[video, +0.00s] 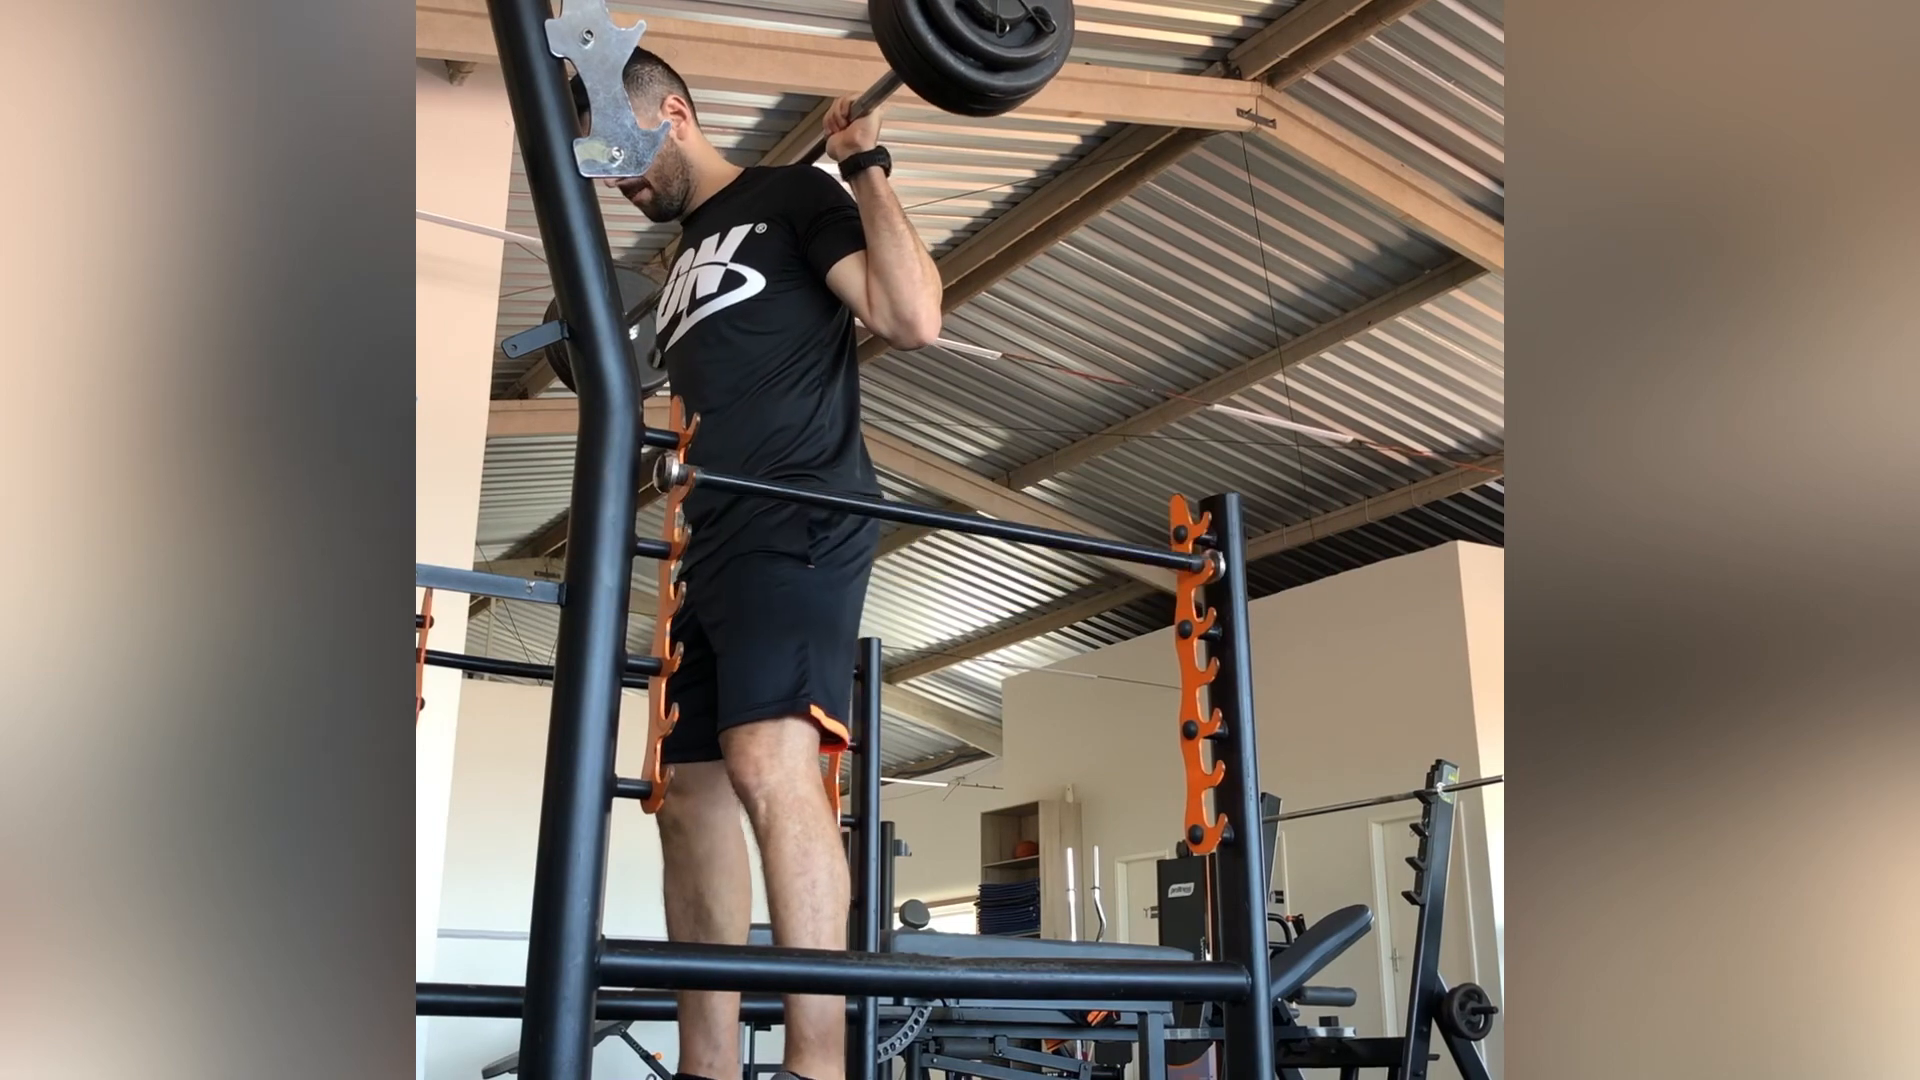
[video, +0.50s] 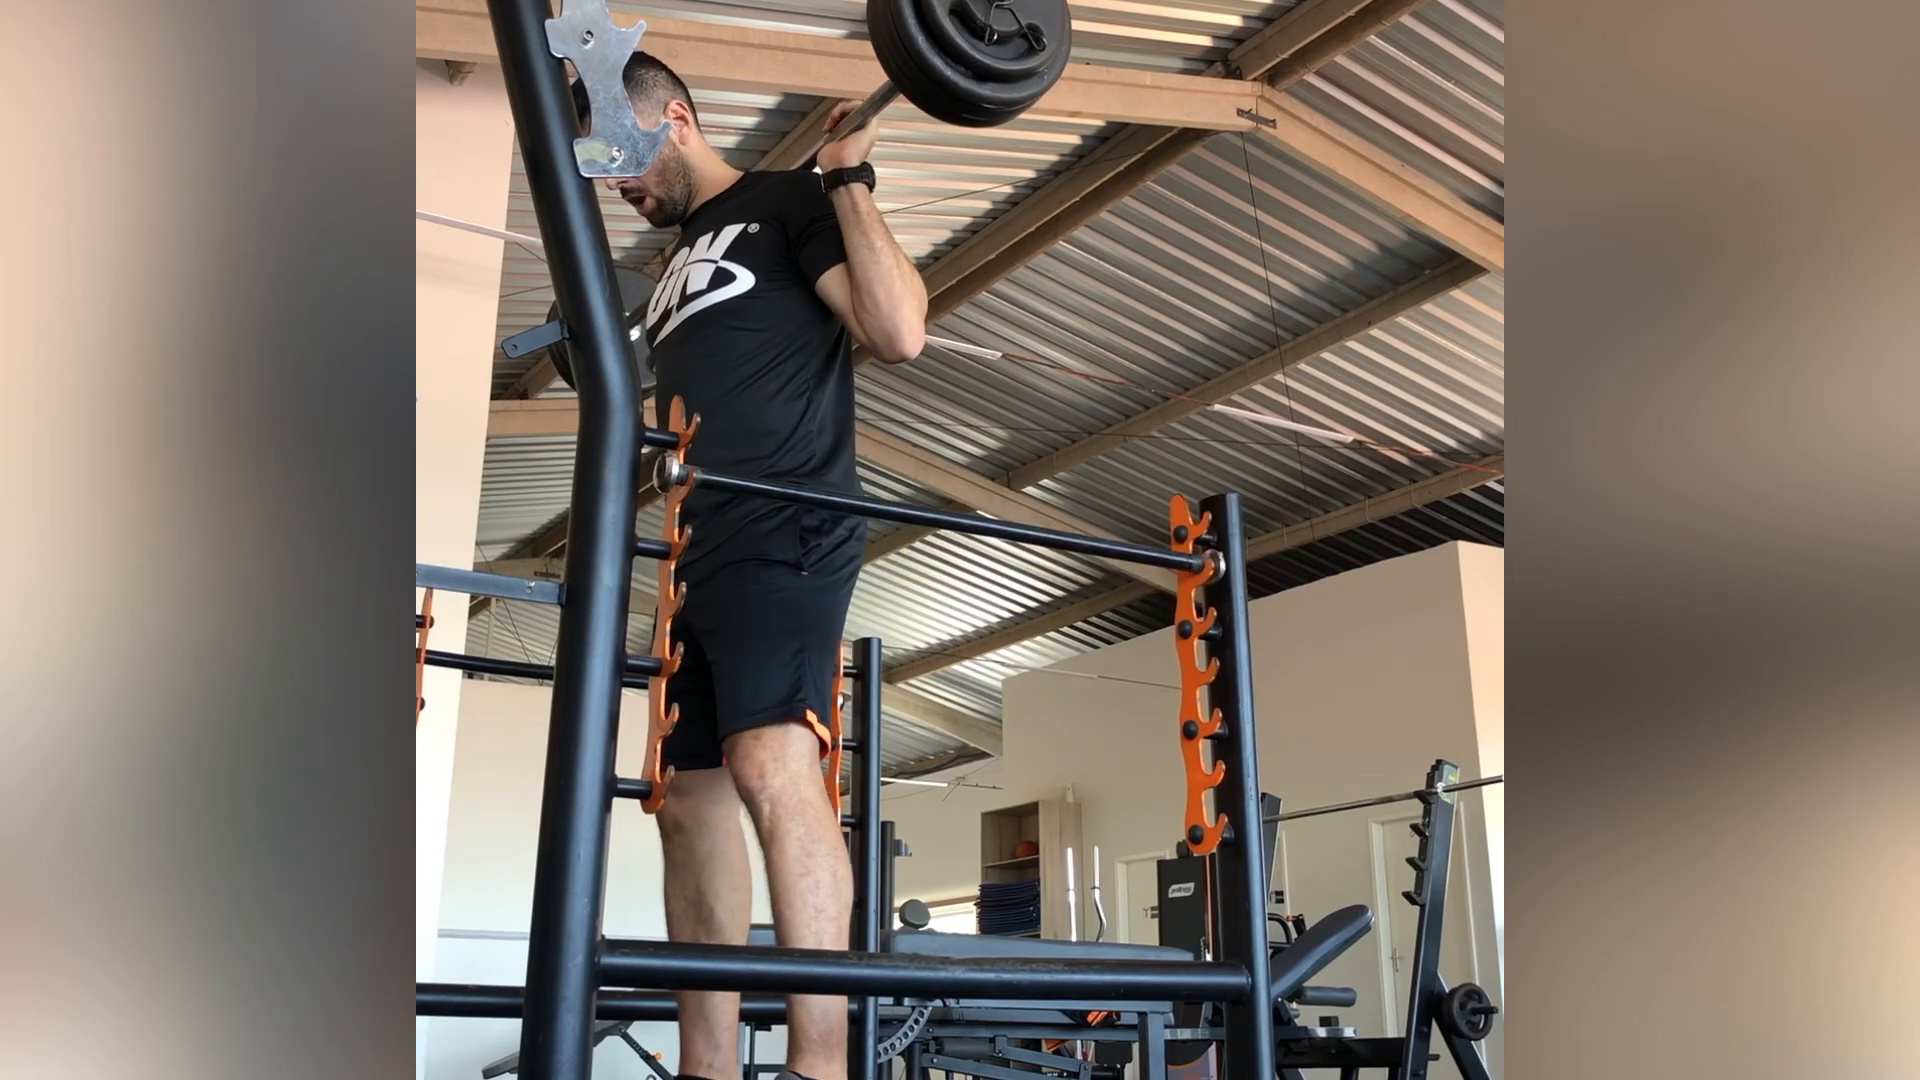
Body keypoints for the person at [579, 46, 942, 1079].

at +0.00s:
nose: (623, 181)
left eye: (630, 152)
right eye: (610, 166)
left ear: (679, 116)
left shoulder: (793, 194)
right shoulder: (685, 261)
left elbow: (915, 319)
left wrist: (869, 173)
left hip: (797, 514)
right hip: (719, 533)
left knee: (770, 756)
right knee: (691, 790)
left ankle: (821, 1063)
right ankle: (708, 1065)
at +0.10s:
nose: (622, 179)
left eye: (630, 151)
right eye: (609, 166)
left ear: (678, 115)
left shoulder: (792, 196)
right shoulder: (679, 262)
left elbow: (910, 319)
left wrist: (867, 174)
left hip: (792, 512)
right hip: (714, 530)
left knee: (761, 755)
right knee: (689, 790)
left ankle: (819, 1062)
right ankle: (709, 1066)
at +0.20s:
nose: (622, 179)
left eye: (629, 151)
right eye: (609, 166)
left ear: (677, 115)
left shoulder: (789, 196)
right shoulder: (675, 263)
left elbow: (907, 321)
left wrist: (864, 175)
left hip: (788, 515)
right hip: (713, 532)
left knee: (757, 754)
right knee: (687, 790)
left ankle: (820, 1060)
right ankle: (708, 1066)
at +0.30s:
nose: (621, 184)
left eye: (628, 155)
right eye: (607, 170)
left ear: (677, 118)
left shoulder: (790, 198)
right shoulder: (675, 261)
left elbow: (906, 325)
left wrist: (856, 173)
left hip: (783, 517)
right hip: (706, 532)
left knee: (762, 758)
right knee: (686, 792)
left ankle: (821, 1063)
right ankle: (707, 1066)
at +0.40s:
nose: (622, 184)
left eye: (629, 155)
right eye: (607, 169)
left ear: (680, 118)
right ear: (605, 168)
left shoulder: (790, 200)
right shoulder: (673, 263)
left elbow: (901, 331)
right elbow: (686, 419)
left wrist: (852, 178)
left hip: (785, 523)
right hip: (705, 538)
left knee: (767, 758)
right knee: (685, 792)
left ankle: (821, 1063)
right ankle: (707, 1067)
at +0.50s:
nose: (622, 185)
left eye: (629, 156)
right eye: (608, 169)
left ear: (681, 118)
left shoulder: (789, 200)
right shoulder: (675, 263)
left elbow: (900, 334)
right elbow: (691, 420)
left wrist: (851, 181)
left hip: (787, 520)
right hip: (708, 536)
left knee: (771, 758)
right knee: (690, 792)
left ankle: (821, 1063)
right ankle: (708, 1065)